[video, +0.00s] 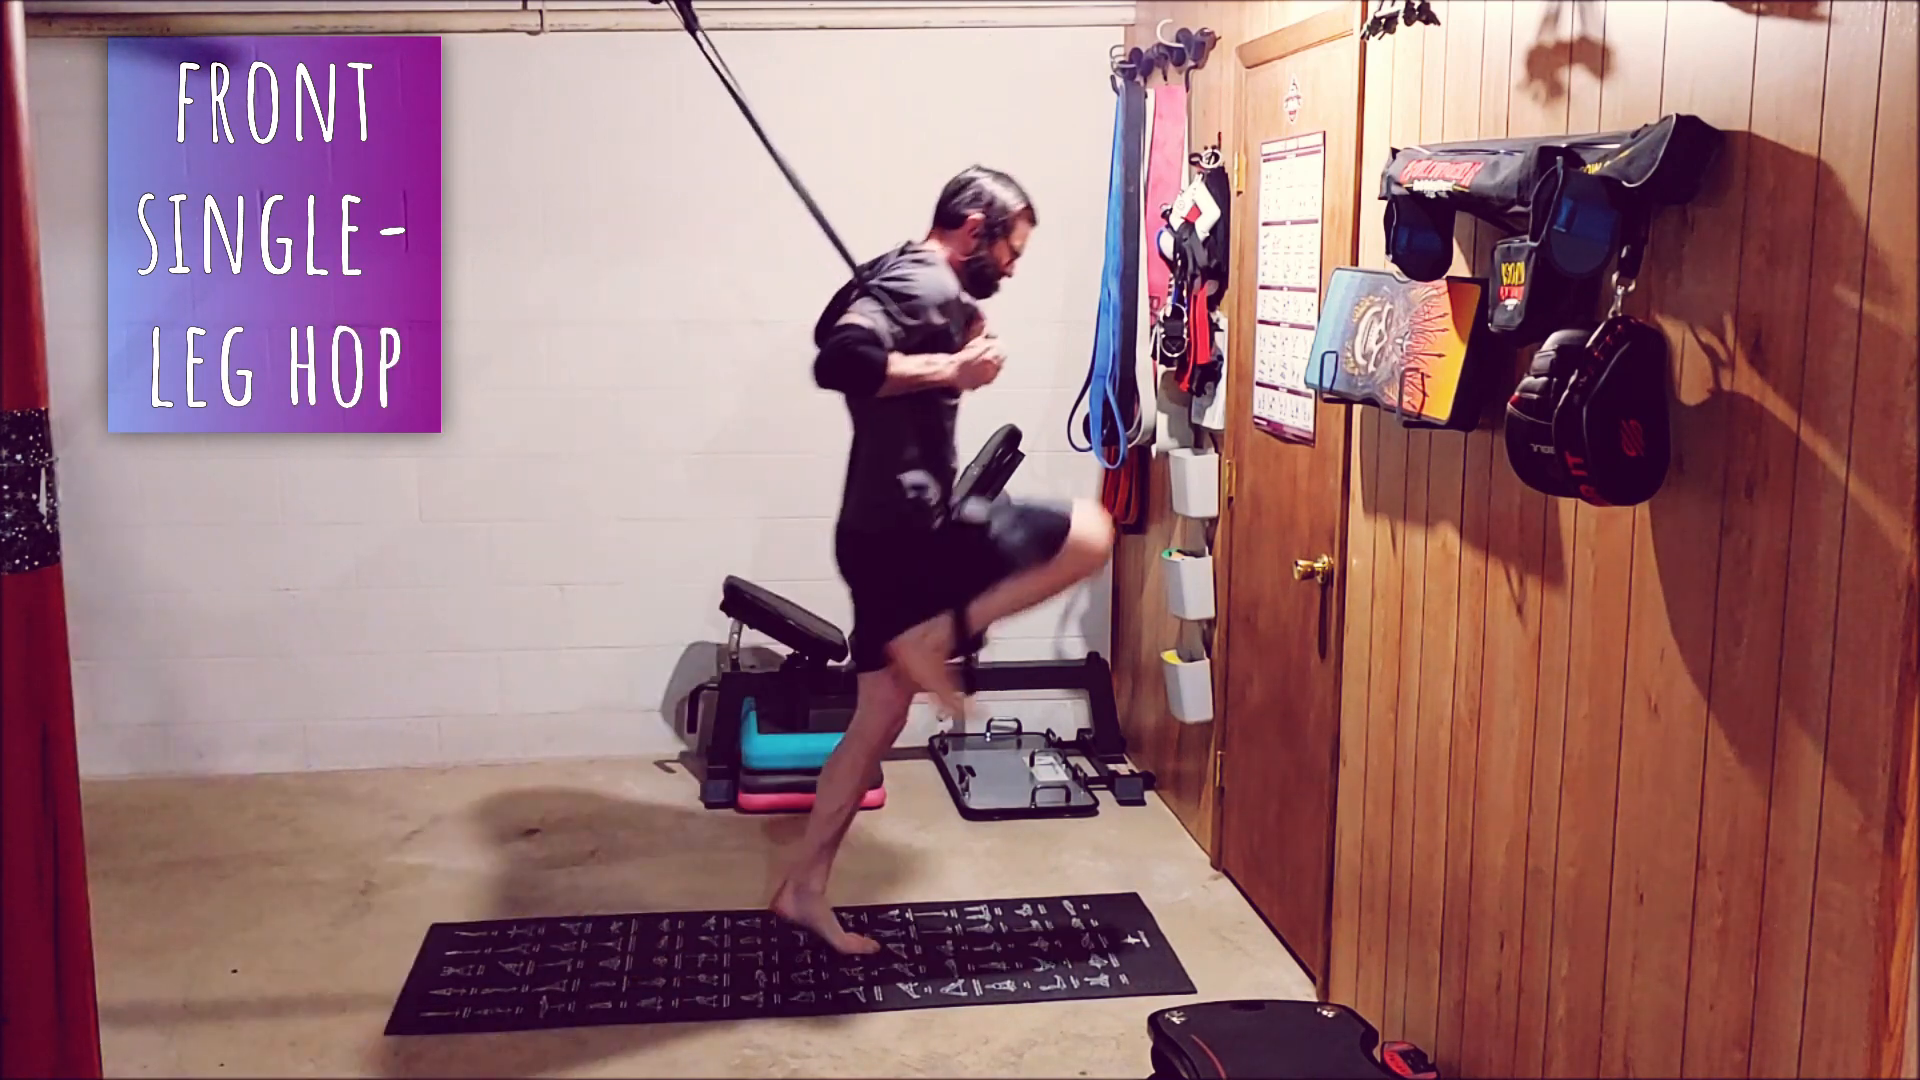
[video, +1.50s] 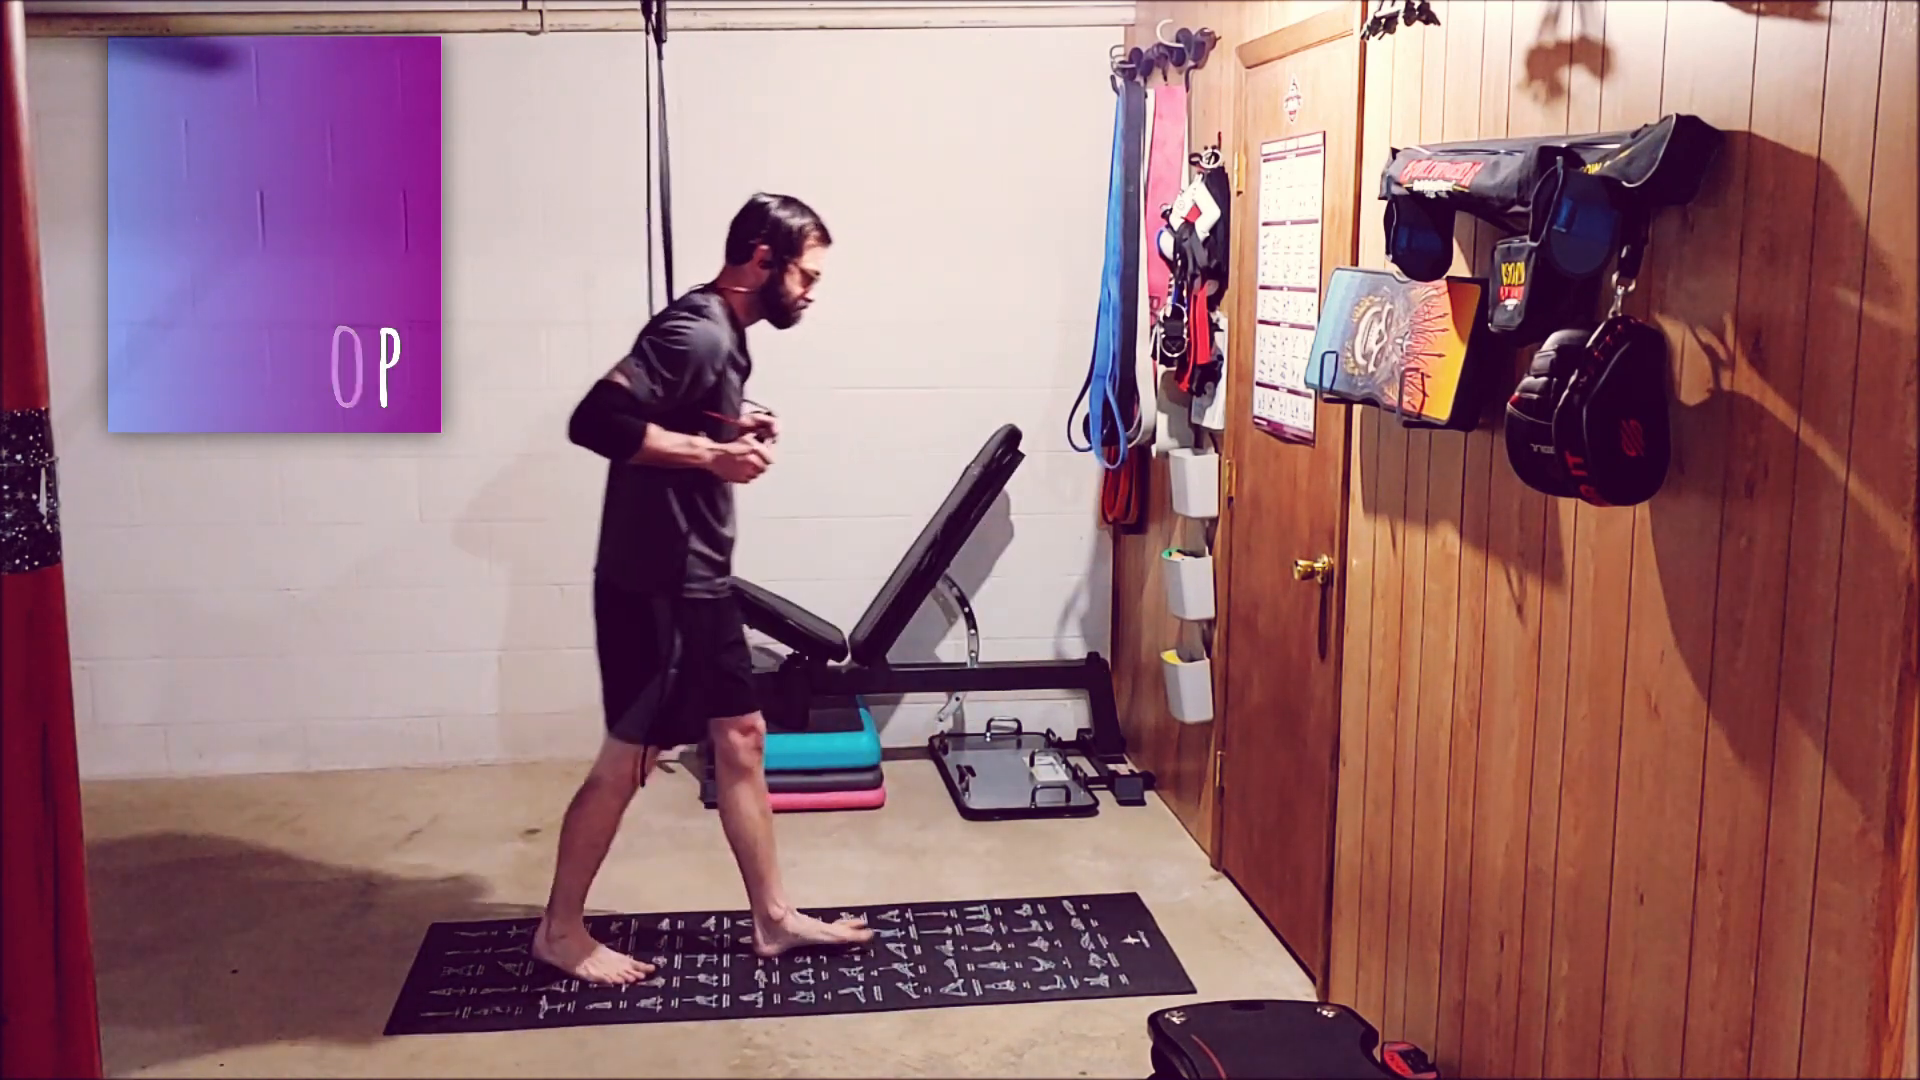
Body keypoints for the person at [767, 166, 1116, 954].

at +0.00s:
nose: (1010, 271)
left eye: (1016, 257)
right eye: (1010, 253)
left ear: (960, 226)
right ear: (972, 228)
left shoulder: (905, 274)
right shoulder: (926, 281)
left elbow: (836, 348)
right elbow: (843, 356)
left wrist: (951, 349)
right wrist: (952, 371)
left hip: (878, 523)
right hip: (913, 520)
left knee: (879, 715)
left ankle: (803, 890)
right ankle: (944, 636)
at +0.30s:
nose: (1048, 271)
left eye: (1057, 259)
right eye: (1051, 253)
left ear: (1008, 219)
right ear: (1019, 221)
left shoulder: (963, 270)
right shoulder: (960, 263)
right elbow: (881, 327)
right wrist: (985, 340)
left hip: (941, 508)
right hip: (979, 495)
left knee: (921, 700)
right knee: (1144, 453)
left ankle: (830, 871)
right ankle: (1036, 611)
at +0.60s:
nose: (1014, 273)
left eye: (1022, 261)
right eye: (1016, 255)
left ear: (972, 226)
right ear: (982, 226)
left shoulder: (925, 277)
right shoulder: (930, 278)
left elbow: (856, 356)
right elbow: (848, 348)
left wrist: (960, 351)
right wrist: (958, 359)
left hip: (895, 518)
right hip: (933, 507)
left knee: (884, 710)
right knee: (1111, 496)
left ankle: (803, 887)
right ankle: (977, 639)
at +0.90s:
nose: (958, 289)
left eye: (965, 274)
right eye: (958, 270)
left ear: (910, 248)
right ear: (916, 248)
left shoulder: (867, 305)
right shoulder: (859, 306)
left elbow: (808, 387)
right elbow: (774, 388)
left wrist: (893, 380)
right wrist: (885, 404)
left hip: (825, 549)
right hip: (851, 550)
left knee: (818, 739)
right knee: (987, 672)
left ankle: (782, 919)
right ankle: (815, 766)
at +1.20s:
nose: (885, 282)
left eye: (890, 266)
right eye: (882, 264)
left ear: (835, 248)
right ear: (837, 246)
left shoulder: (798, 320)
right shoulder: (777, 317)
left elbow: (747, 413)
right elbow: (689, 406)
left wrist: (814, 410)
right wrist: (802, 435)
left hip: (785, 564)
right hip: (759, 566)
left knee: (778, 744)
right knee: (761, 753)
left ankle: (780, 916)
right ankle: (611, 889)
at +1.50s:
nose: (811, 293)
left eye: (815, 278)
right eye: (806, 276)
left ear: (757, 266)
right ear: (758, 263)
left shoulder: (726, 334)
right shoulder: (692, 330)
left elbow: (669, 413)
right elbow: (595, 419)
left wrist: (730, 423)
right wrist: (709, 457)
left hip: (703, 580)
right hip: (652, 581)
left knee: (741, 737)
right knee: (628, 759)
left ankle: (775, 917)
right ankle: (560, 933)